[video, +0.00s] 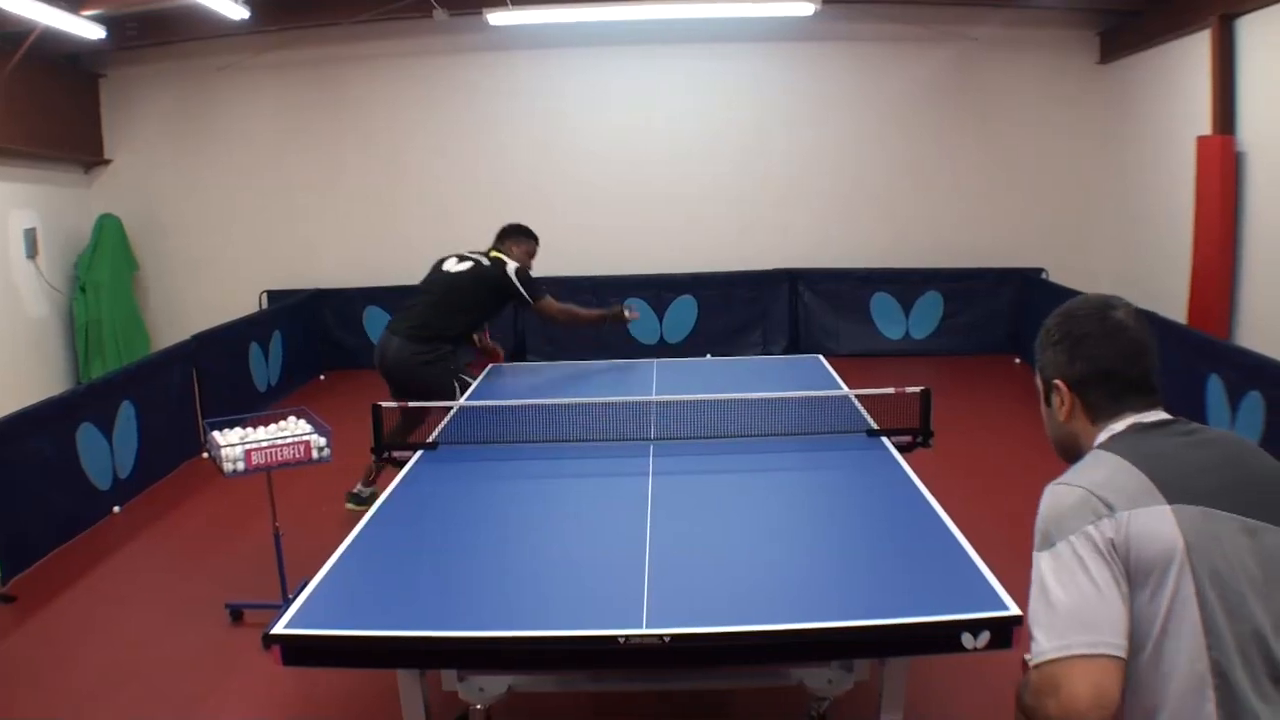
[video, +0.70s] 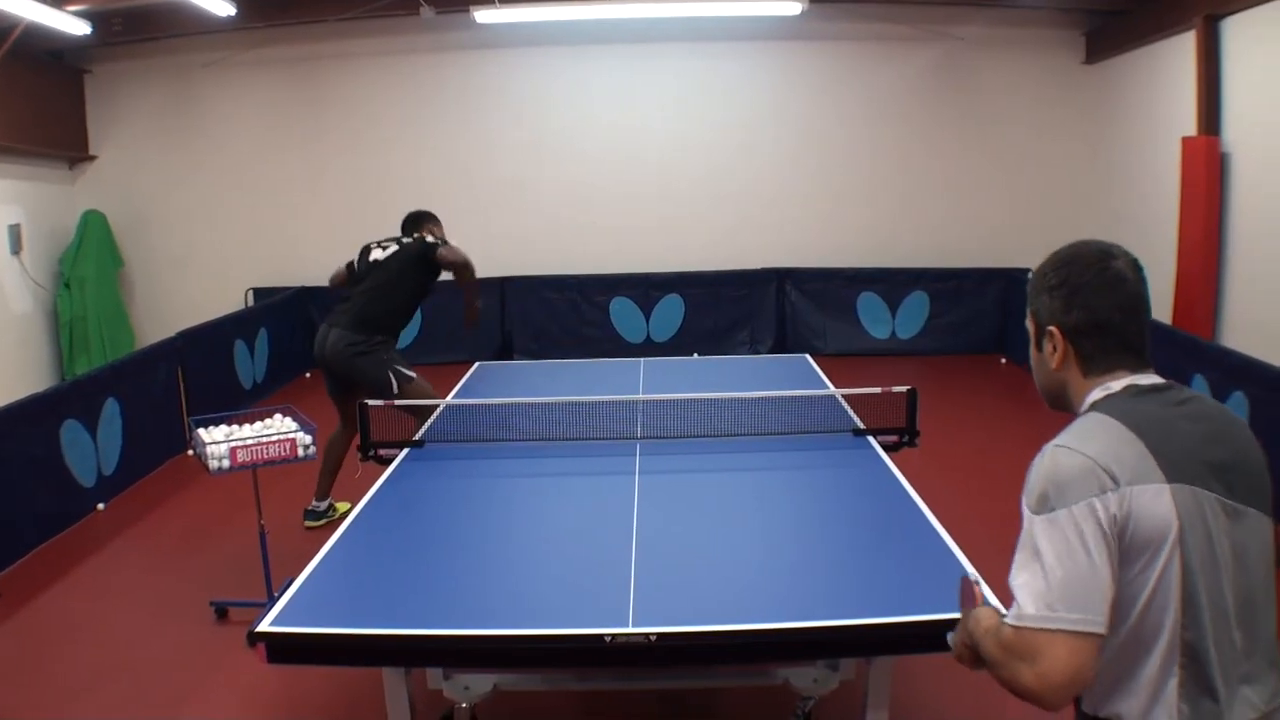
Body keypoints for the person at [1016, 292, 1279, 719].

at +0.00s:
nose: (1043, 412)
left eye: (1041, 397)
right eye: (1040, 397)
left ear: (1062, 399)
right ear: (1146, 378)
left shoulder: (1087, 494)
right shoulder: (1259, 463)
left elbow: (1083, 698)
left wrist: (1031, 685)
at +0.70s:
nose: (1031, 356)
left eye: (1031, 339)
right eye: (1030, 339)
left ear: (1055, 346)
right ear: (1139, 330)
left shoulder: (1080, 459)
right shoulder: (1232, 430)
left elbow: (1051, 677)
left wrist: (983, 628)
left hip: (1142, 709)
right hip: (1258, 702)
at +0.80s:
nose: (1016, 365)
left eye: (1015, 349)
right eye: (1013, 348)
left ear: (1040, 355)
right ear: (1124, 337)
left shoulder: (1058, 470)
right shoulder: (1216, 445)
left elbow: (1002, 685)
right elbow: (1248, 603)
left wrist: (942, 625)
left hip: (1110, 711)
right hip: (1237, 710)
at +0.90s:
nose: (1003, 353)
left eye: (1003, 335)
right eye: (1001, 335)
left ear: (1026, 339)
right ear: (1109, 323)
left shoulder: (1039, 451)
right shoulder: (1211, 433)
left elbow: (962, 654)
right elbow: (1256, 596)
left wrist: (906, 602)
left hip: (1090, 708)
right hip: (1225, 705)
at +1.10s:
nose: (1002, 342)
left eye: (1001, 326)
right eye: (1000, 325)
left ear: (1024, 328)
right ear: (1100, 310)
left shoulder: (1038, 440)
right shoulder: (1201, 412)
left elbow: (935, 611)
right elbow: (1245, 548)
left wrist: (890, 570)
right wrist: (1144, 561)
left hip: (1087, 707)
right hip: (1213, 700)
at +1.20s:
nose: (988, 348)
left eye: (987, 330)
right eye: (987, 331)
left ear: (1007, 331)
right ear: (1081, 313)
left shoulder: (1021, 432)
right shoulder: (1175, 406)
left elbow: (893, 580)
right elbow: (1221, 524)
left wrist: (871, 548)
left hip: (1067, 702)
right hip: (1190, 700)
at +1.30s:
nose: (947, 343)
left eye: (947, 327)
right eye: (947, 328)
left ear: (964, 326)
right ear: (1037, 312)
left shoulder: (971, 414)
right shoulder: (1130, 395)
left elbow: (824, 538)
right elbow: (1184, 508)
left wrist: (879, 539)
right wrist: (1089, 520)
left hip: (1030, 692)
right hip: (1150, 688)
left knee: (932, 704)